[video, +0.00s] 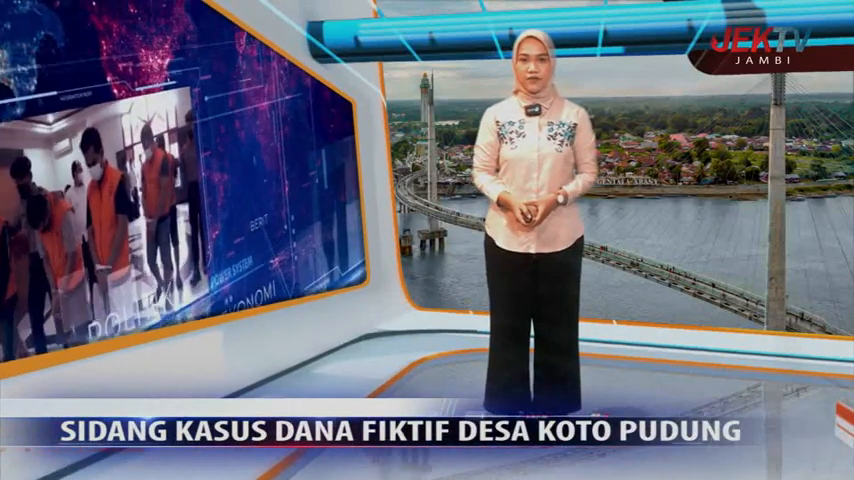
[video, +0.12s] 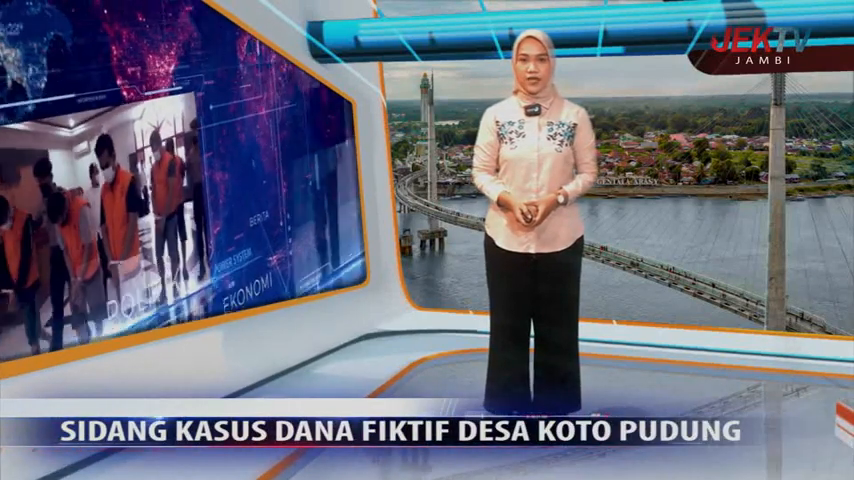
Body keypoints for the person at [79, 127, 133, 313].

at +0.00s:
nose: (91, 168)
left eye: (94, 161)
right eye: (88, 163)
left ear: (102, 154)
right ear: (84, 160)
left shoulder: (119, 179)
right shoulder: (91, 187)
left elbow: (123, 221)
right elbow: (89, 227)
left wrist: (110, 262)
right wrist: (96, 261)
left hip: (119, 260)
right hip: (100, 261)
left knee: (124, 312)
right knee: (108, 314)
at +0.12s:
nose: (104, 170)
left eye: (106, 164)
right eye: (101, 166)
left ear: (114, 157)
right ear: (98, 162)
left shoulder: (129, 181)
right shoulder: (104, 188)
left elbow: (133, 218)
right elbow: (103, 225)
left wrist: (125, 253)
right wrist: (109, 255)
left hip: (129, 253)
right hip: (113, 255)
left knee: (134, 298)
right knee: (120, 300)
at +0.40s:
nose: (122, 168)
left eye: (125, 163)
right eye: (120, 165)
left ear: (131, 159)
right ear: (117, 162)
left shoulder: (142, 179)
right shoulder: (121, 184)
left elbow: (144, 210)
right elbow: (119, 213)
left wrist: (137, 240)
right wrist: (123, 239)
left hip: (141, 240)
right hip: (127, 241)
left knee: (144, 279)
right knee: (133, 279)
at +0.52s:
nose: (128, 159)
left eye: (131, 155)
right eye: (126, 156)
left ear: (136, 151)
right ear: (124, 154)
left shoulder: (146, 173)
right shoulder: (127, 176)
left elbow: (148, 203)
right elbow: (125, 205)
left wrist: (140, 232)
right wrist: (128, 229)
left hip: (145, 235)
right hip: (132, 235)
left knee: (148, 273)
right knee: (134, 275)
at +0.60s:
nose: (133, 154)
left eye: (135, 150)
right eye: (131, 150)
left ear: (140, 148)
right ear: (129, 150)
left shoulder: (150, 169)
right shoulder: (131, 172)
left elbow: (152, 198)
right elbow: (129, 199)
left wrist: (144, 226)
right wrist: (132, 221)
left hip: (148, 228)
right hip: (136, 228)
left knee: (150, 266)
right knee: (138, 267)